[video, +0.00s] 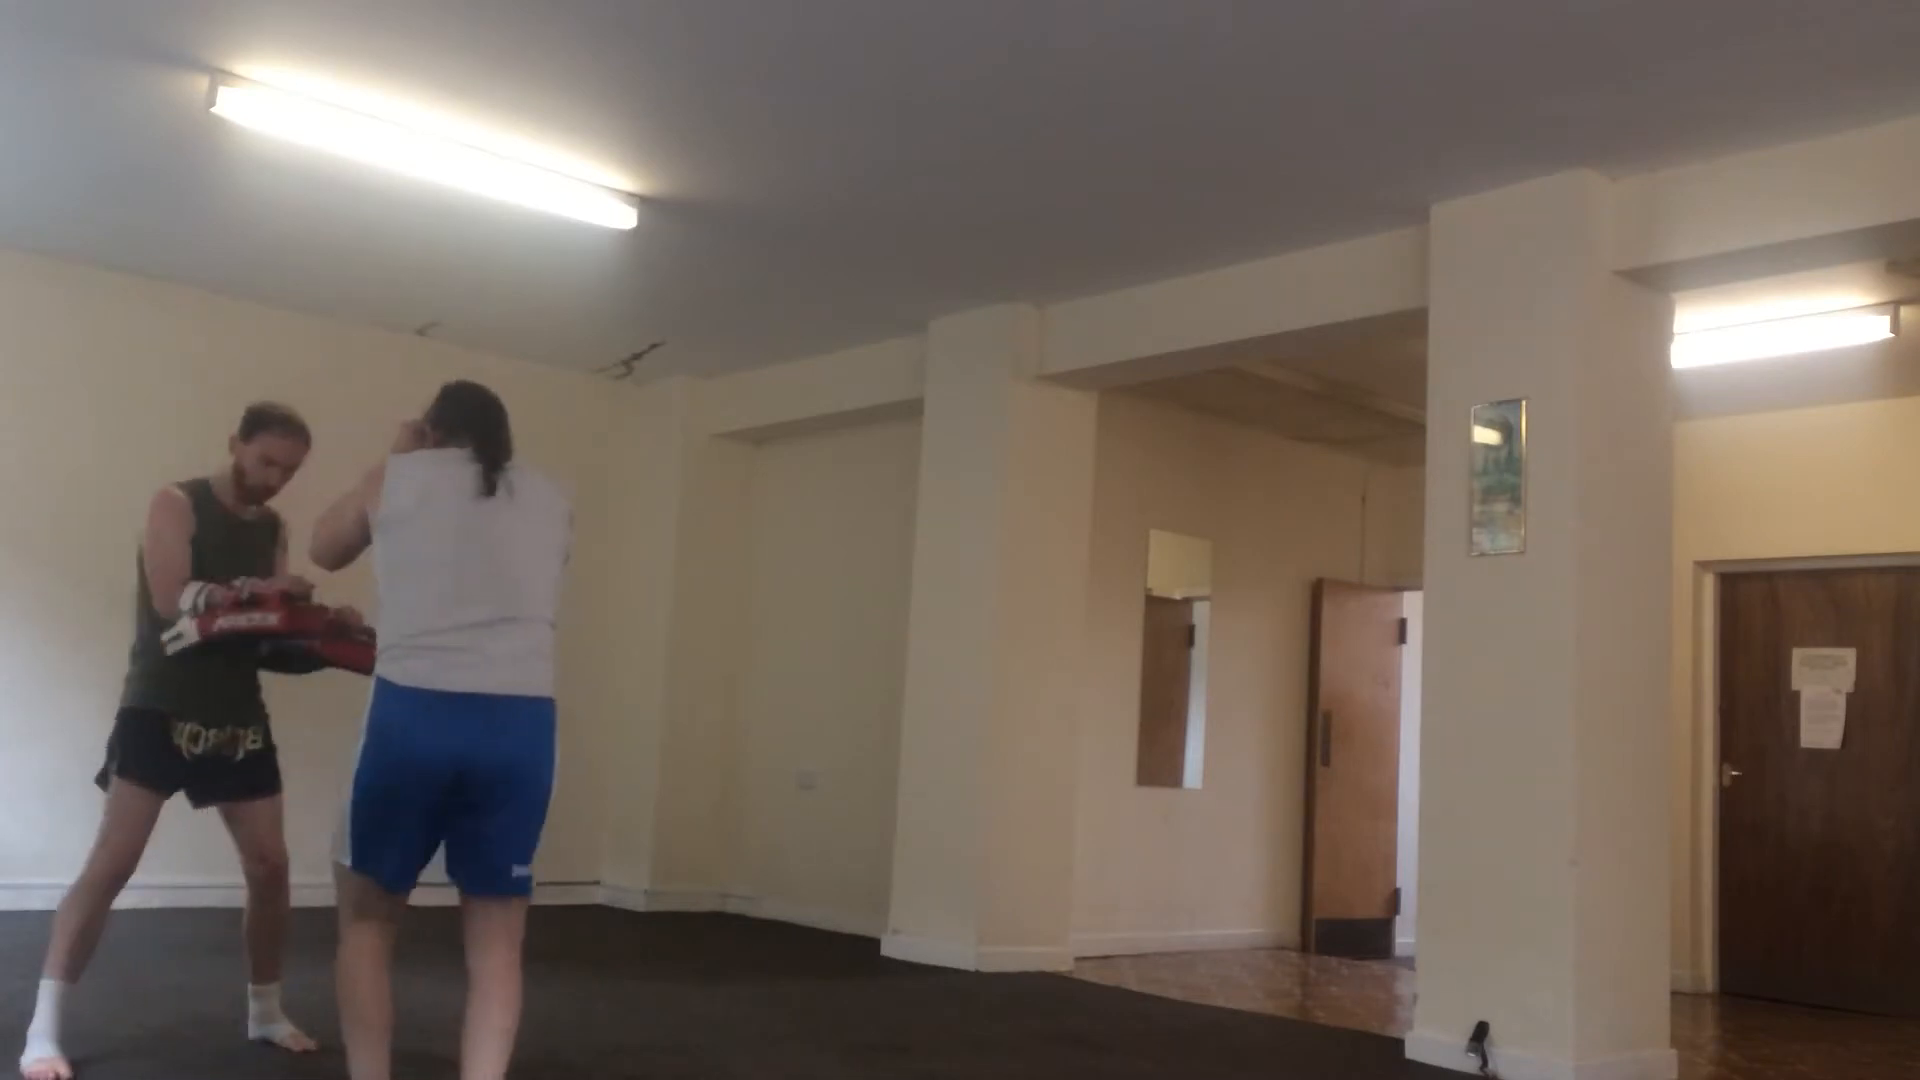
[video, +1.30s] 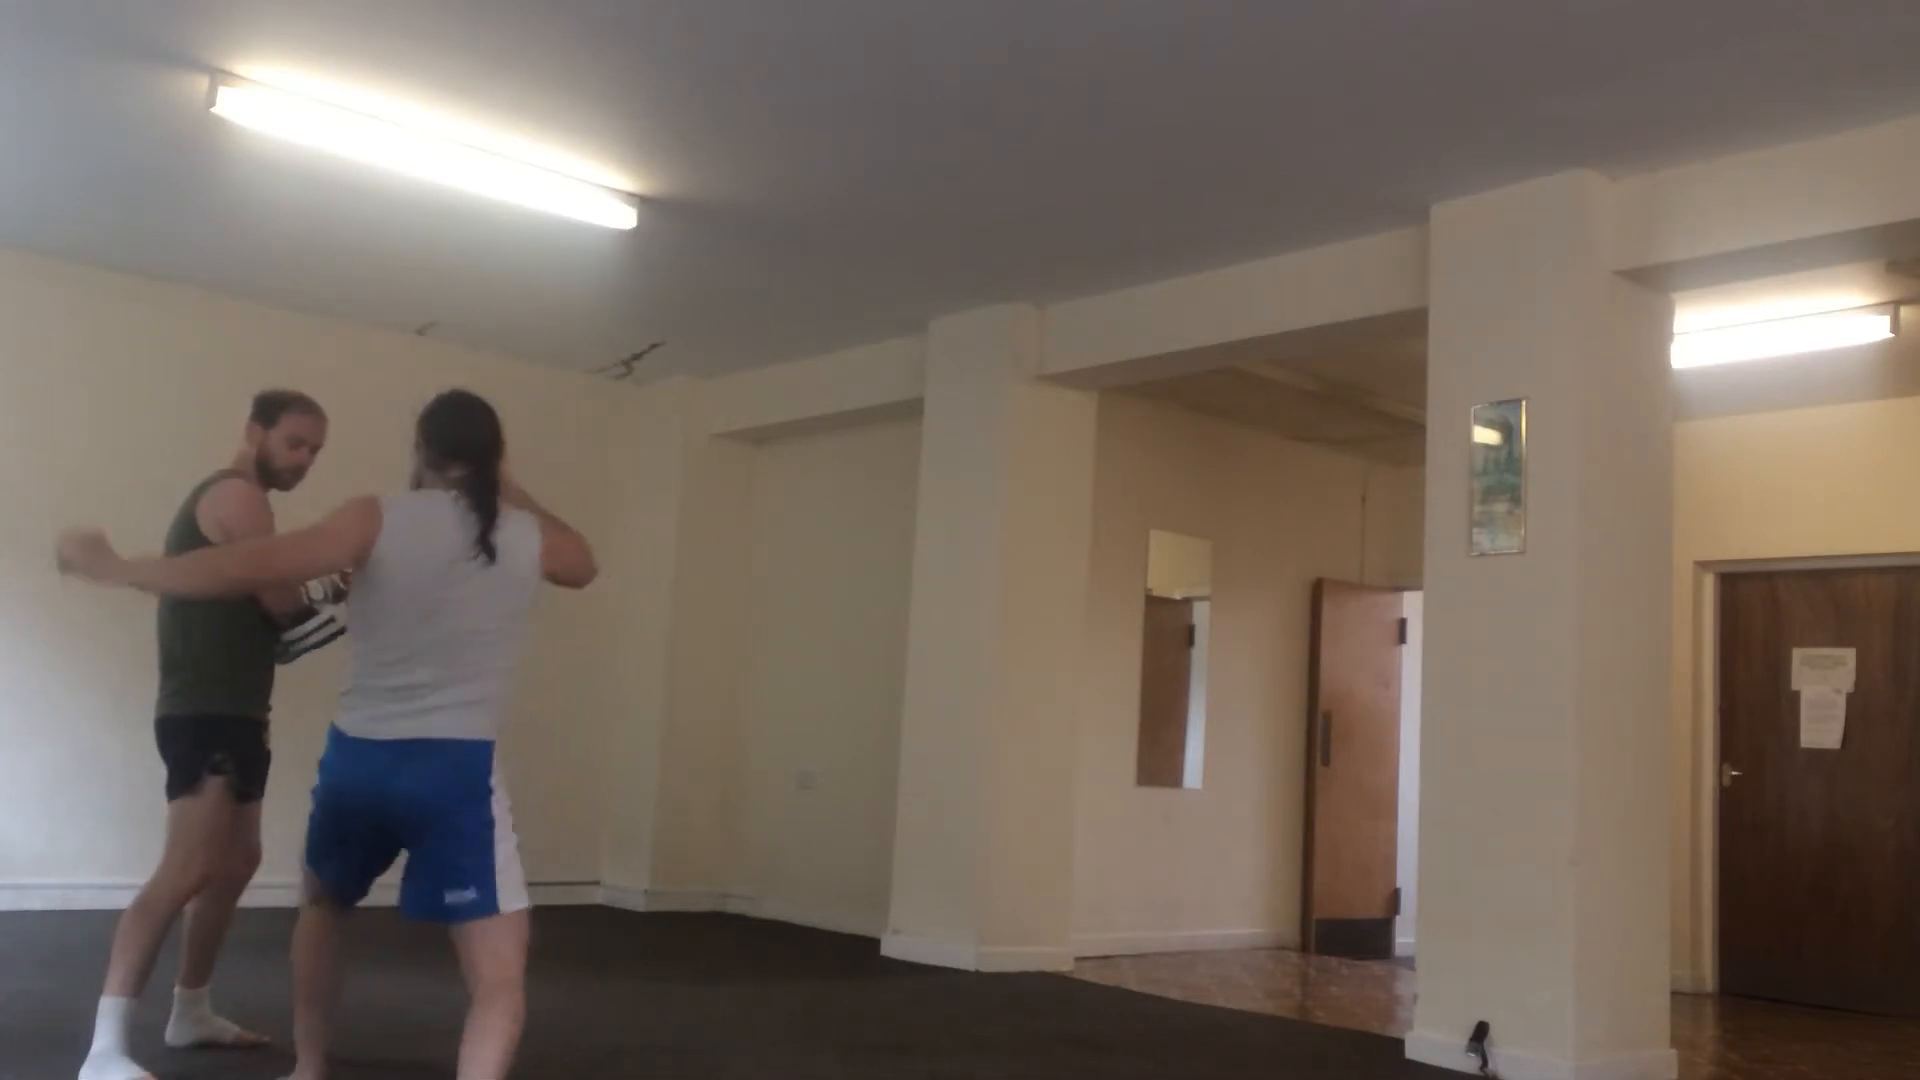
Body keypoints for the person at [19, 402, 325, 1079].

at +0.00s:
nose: (274, 480)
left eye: (287, 471)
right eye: (268, 464)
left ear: (293, 470)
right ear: (238, 444)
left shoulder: (271, 526)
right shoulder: (176, 505)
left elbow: (264, 618)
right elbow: (171, 600)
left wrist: (322, 621)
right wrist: (269, 594)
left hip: (237, 707)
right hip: (161, 706)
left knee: (269, 866)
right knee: (112, 863)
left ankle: (266, 1014)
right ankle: (43, 1030)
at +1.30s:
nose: (306, 460)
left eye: (314, 450)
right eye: (297, 445)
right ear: (256, 433)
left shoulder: (246, 500)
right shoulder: (233, 496)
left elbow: (265, 612)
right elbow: (282, 602)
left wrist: (331, 587)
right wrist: (338, 581)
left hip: (235, 714)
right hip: (205, 714)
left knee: (236, 862)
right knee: (186, 868)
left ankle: (191, 1013)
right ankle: (105, 1047)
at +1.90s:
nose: (303, 445)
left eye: (309, 433)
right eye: (290, 431)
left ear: (303, 433)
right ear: (249, 428)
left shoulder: (252, 498)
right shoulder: (229, 496)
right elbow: (294, 588)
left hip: (257, 715)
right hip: (219, 715)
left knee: (246, 865)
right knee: (196, 865)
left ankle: (192, 1012)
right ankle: (112, 1041)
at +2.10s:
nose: (324, 461)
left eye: (334, 450)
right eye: (314, 444)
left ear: (339, 456)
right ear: (278, 437)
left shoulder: (294, 518)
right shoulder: (232, 498)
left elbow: (287, 609)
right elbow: (230, 600)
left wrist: (319, 625)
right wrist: (312, 611)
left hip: (263, 708)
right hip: (208, 705)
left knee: (249, 863)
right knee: (200, 856)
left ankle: (192, 1012)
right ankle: (130, 1033)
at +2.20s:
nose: (327, 464)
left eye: (338, 454)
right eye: (317, 449)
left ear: (344, 456)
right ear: (283, 438)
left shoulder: (316, 520)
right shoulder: (234, 495)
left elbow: (306, 616)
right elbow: (216, 596)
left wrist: (338, 630)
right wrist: (305, 614)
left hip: (267, 708)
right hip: (206, 703)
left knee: (238, 867)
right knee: (194, 857)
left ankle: (191, 1013)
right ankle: (145, 1036)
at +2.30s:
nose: (324, 460)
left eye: (335, 451)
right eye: (314, 445)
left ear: (341, 453)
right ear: (280, 436)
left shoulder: (324, 520)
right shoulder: (233, 498)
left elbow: (325, 612)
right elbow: (211, 595)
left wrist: (366, 629)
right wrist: (299, 607)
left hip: (273, 708)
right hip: (206, 703)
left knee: (232, 867)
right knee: (190, 863)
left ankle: (193, 1008)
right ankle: (162, 1030)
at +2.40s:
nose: (321, 459)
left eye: (332, 449)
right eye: (310, 445)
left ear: (340, 450)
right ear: (276, 437)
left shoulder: (333, 521)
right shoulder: (229, 501)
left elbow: (334, 617)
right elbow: (208, 602)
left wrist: (375, 628)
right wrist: (295, 605)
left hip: (279, 710)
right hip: (207, 704)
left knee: (242, 876)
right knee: (188, 870)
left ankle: (195, 1007)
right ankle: (168, 1036)